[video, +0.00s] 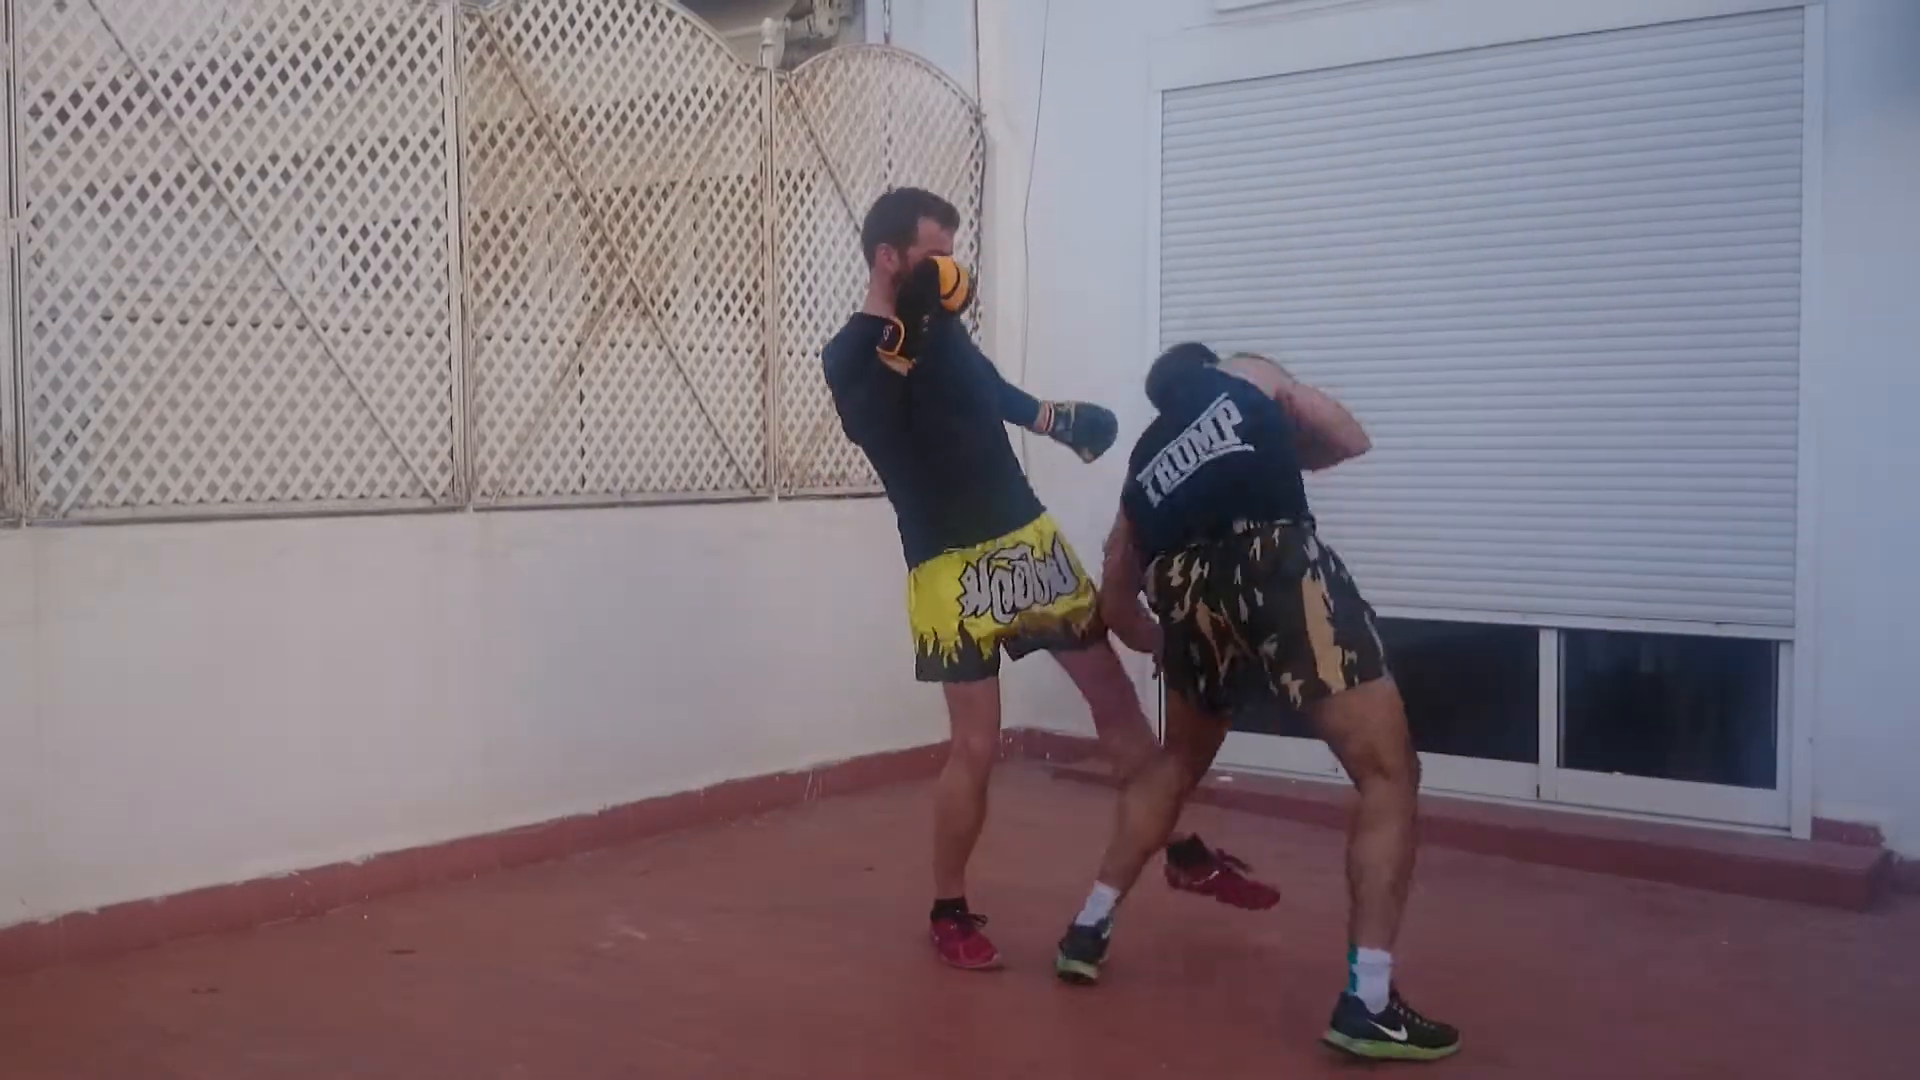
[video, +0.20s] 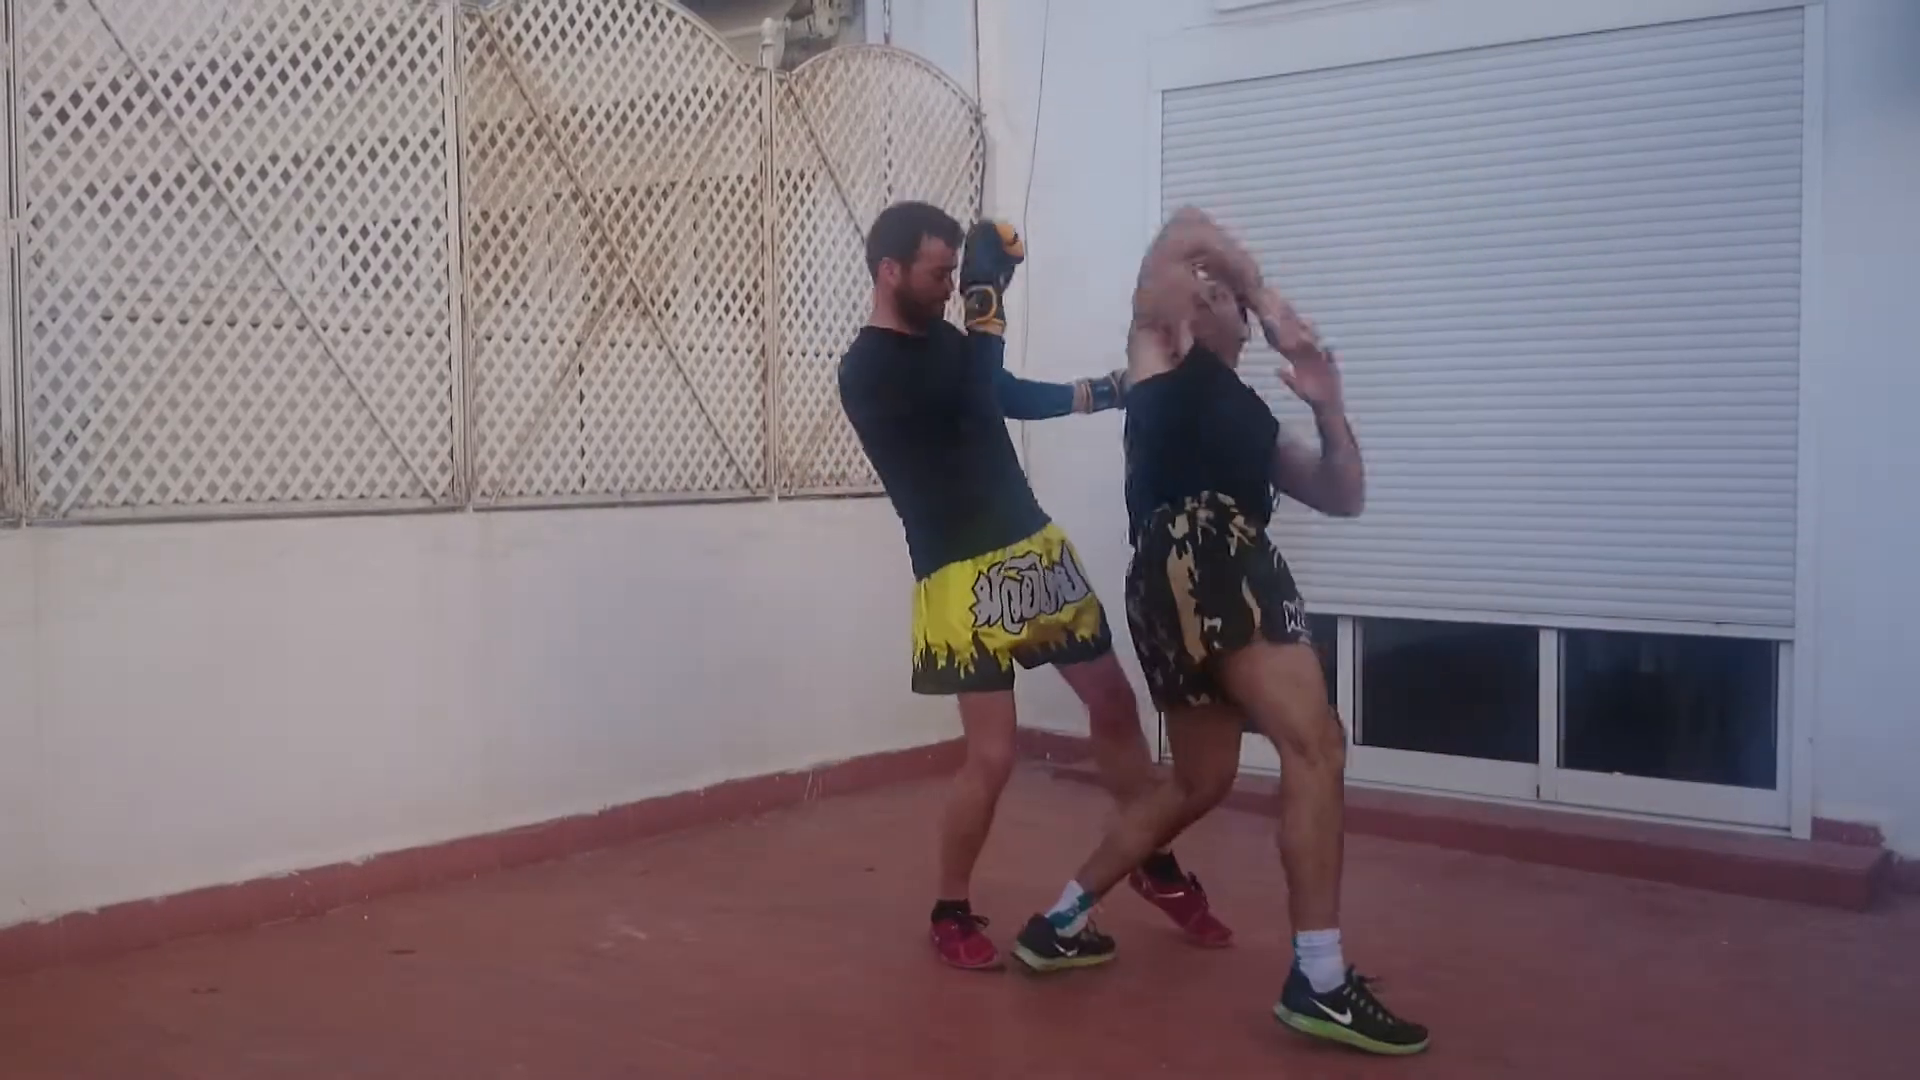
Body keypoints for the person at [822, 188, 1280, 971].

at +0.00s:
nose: (943, 271)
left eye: (947, 258)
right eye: (931, 257)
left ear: (932, 260)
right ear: (883, 257)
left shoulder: (940, 328)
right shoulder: (848, 350)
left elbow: (991, 391)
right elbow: (871, 429)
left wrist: (1050, 418)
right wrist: (896, 348)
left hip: (1027, 532)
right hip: (951, 558)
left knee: (1111, 690)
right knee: (976, 744)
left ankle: (1180, 852)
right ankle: (949, 911)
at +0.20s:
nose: (949, 287)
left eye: (952, 275)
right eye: (937, 273)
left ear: (935, 272)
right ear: (889, 270)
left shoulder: (950, 344)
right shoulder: (867, 367)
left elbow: (1013, 397)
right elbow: (961, 405)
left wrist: (1112, 391)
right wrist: (986, 300)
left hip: (1034, 545)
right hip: (961, 571)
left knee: (1114, 703)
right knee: (991, 755)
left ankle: (1151, 863)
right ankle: (952, 910)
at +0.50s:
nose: (995, 294)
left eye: (996, 280)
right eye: (986, 278)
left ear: (947, 273)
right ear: (940, 268)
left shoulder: (953, 347)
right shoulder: (910, 344)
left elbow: (998, 468)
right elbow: (1036, 350)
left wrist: (1094, 472)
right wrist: (1035, 266)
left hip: (1036, 552)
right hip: (973, 570)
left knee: (1120, 712)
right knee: (1008, 754)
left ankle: (1153, 872)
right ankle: (954, 913)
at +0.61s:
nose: (1000, 289)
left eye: (1002, 275)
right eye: (990, 273)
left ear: (960, 267)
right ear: (942, 262)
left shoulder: (956, 340)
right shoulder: (912, 336)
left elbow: (982, 467)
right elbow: (1035, 345)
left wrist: (1063, 485)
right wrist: (1037, 252)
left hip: (1029, 550)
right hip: (969, 564)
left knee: (1094, 720)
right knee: (1000, 748)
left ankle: (1149, 873)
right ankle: (953, 910)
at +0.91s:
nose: (1005, 249)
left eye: (1007, 236)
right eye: (990, 238)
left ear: (1000, 245)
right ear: (945, 248)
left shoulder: (989, 331)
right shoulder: (920, 321)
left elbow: (982, 445)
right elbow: (929, 425)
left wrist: (1050, 465)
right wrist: (1007, 374)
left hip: (980, 539)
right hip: (929, 541)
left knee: (1009, 710)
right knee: (965, 718)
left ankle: (972, 860)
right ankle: (941, 907)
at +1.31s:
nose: (933, 273)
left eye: (943, 261)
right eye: (924, 257)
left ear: (942, 267)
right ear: (883, 252)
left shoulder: (933, 334)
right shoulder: (833, 316)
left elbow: (1013, 393)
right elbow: (838, 399)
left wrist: (1049, 325)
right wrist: (893, 316)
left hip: (918, 542)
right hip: (837, 546)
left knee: (1013, 675)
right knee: (811, 723)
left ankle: (990, 836)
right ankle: (765, 869)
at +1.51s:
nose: (903, 274)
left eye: (913, 264)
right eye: (892, 261)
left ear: (920, 261)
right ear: (853, 252)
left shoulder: (911, 330)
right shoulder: (806, 322)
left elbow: (970, 418)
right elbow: (815, 408)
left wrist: (1011, 350)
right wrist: (877, 324)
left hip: (907, 537)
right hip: (825, 544)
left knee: (976, 686)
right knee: (802, 718)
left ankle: (1013, 857)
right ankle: (764, 869)